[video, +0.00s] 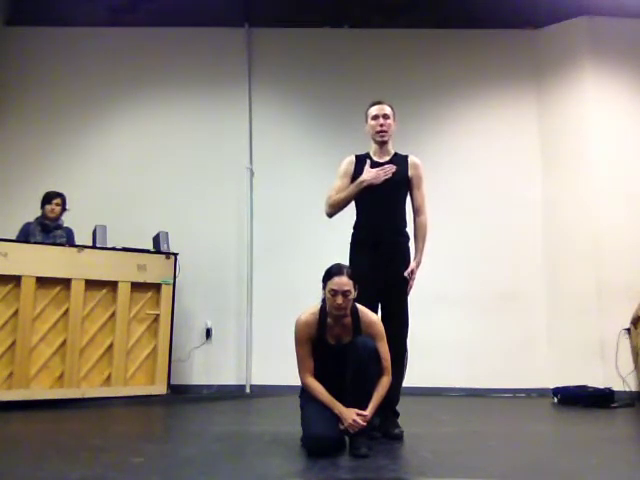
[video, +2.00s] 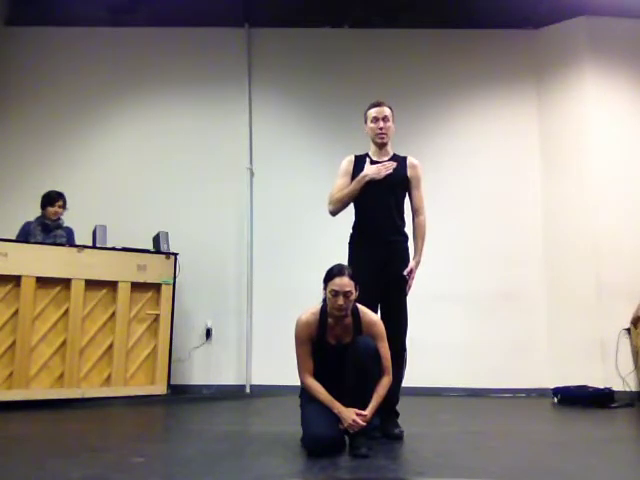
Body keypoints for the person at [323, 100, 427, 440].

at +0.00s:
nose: (381, 122)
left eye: (387, 117)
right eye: (376, 117)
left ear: (395, 124)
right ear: (366, 126)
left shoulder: (411, 166)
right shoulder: (353, 164)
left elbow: (420, 215)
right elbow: (331, 207)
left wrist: (417, 260)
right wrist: (363, 182)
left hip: (396, 258)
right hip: (362, 257)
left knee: (395, 339)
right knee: (359, 337)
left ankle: (388, 415)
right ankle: (359, 416)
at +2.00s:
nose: (381, 125)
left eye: (386, 119)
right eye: (375, 120)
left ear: (394, 125)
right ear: (366, 127)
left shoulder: (409, 166)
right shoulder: (353, 164)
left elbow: (419, 215)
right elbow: (333, 205)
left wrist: (416, 259)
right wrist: (365, 176)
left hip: (394, 257)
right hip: (362, 257)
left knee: (395, 337)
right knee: (359, 336)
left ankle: (388, 415)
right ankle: (358, 416)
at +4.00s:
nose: (383, 126)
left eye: (387, 120)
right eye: (377, 121)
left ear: (395, 125)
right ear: (366, 126)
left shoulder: (410, 166)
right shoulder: (353, 163)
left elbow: (418, 215)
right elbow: (333, 206)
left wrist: (416, 260)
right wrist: (365, 177)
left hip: (394, 257)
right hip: (361, 256)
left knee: (394, 337)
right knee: (358, 336)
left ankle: (388, 415)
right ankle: (359, 416)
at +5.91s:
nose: (380, 126)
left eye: (385, 120)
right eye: (374, 121)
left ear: (393, 125)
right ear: (364, 127)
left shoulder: (408, 166)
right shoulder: (351, 164)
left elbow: (417, 215)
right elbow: (331, 209)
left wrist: (415, 258)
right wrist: (359, 180)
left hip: (393, 256)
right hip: (360, 256)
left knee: (394, 337)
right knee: (359, 336)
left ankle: (389, 415)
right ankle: (360, 416)